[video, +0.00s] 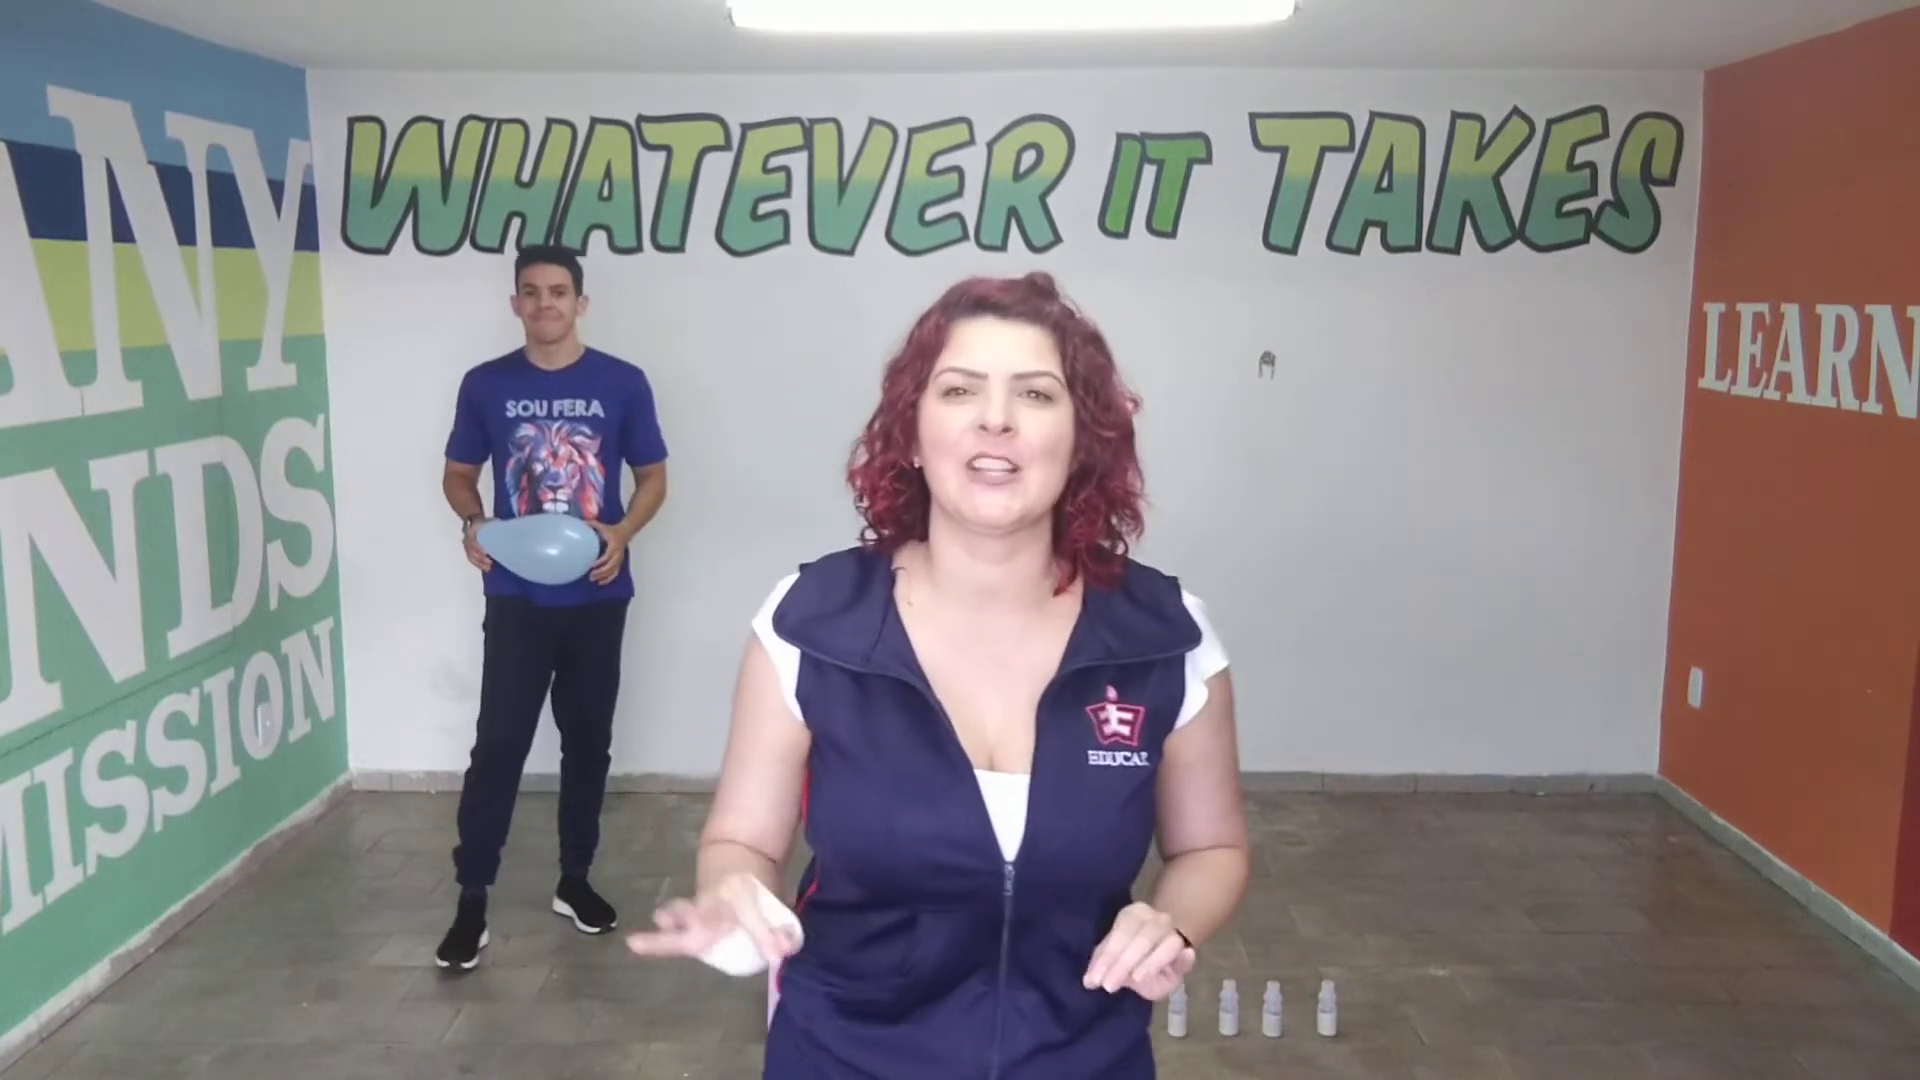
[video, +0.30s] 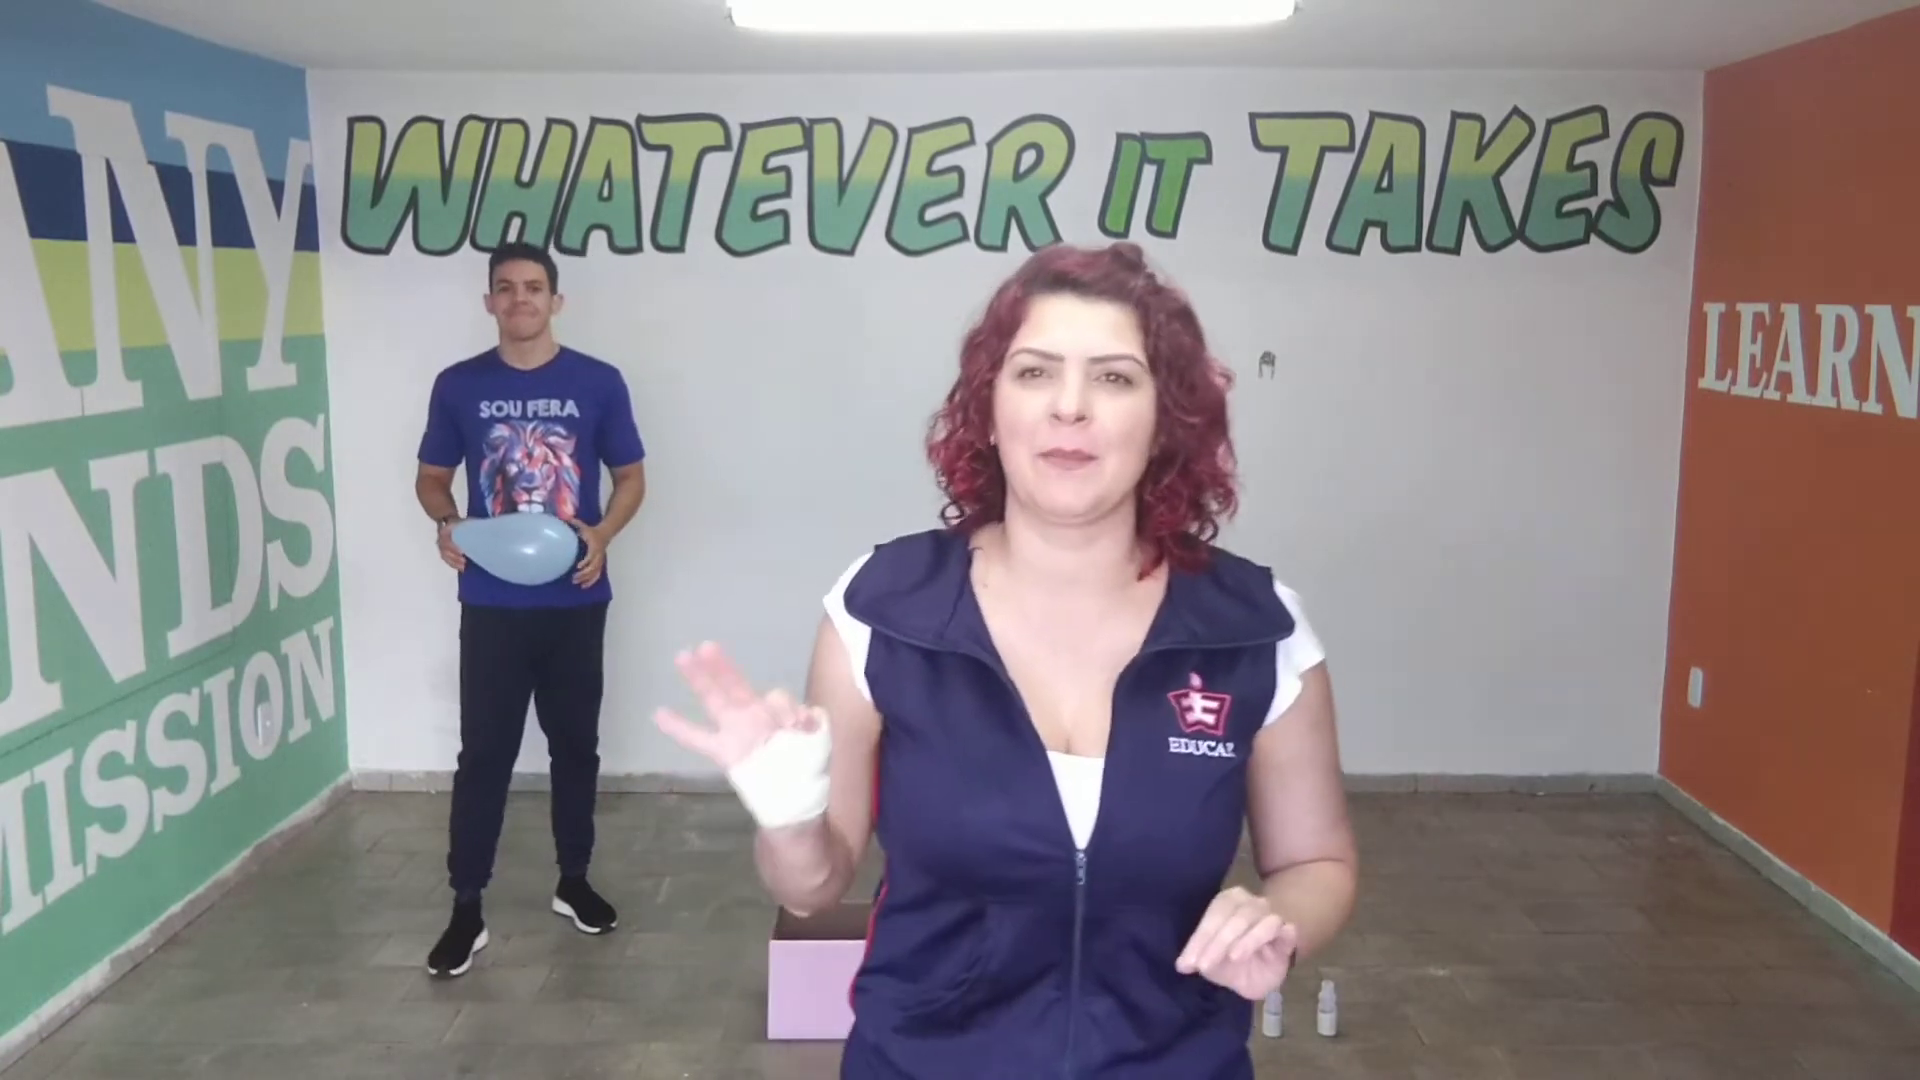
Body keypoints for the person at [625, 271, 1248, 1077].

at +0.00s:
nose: (995, 419)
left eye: (1034, 394)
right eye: (960, 390)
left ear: (1084, 434)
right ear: (910, 427)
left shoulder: (1162, 633)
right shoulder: (812, 618)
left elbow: (1208, 848)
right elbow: (742, 839)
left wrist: (1168, 923)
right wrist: (732, 895)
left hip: (1082, 1055)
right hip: (855, 1053)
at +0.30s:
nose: (1069, 408)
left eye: (1113, 378)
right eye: (1035, 372)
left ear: (1167, 414)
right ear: (987, 403)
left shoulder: (1253, 626)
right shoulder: (884, 604)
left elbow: (1315, 862)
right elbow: (813, 888)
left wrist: (1271, 924)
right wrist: (782, 804)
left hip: (1168, 1054)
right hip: (930, 1053)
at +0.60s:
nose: (1135, 419)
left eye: (1183, 387)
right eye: (1103, 380)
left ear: (1241, 424)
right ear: (1056, 406)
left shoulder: (1333, 643)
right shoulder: (956, 609)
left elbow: (1412, 901)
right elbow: (880, 888)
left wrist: (1351, 965)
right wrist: (798, 831)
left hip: (1235, 1057)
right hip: (994, 1056)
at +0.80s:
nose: (1166, 431)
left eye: (1214, 397)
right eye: (1132, 390)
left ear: (1275, 435)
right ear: (1084, 416)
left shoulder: (1372, 654)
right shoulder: (983, 625)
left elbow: (1439, 907)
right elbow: (919, 906)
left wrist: (1374, 982)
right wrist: (868, 866)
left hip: (1267, 1059)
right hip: (1023, 1058)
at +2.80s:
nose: (1280, 432)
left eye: (1330, 402)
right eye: (1252, 397)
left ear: (1391, 439)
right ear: (1213, 424)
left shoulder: (1486, 672)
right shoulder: (1200, 601)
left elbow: (1560, 1001)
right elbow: (1185, 817)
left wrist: (1293, 973)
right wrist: (1066, 946)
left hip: (1410, 1064)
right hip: (1210, 1060)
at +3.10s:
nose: (1357, 426)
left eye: (1401, 402)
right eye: (1324, 390)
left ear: (1442, 444)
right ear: (1267, 419)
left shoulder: (1521, 658)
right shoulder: (1231, 595)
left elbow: (1614, 949)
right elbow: (1246, 808)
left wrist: (1388, 1017)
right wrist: (1129, 926)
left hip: (1440, 1063)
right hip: (1246, 1054)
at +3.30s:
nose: (1331, 430)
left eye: (1376, 398)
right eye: (1300, 396)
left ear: (1439, 433)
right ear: (1265, 426)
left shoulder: (1531, 652)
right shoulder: (1258, 587)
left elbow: (1639, 938)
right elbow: (1241, 791)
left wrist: (1445, 973)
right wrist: (1080, 863)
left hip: (1436, 1060)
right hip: (1252, 1048)